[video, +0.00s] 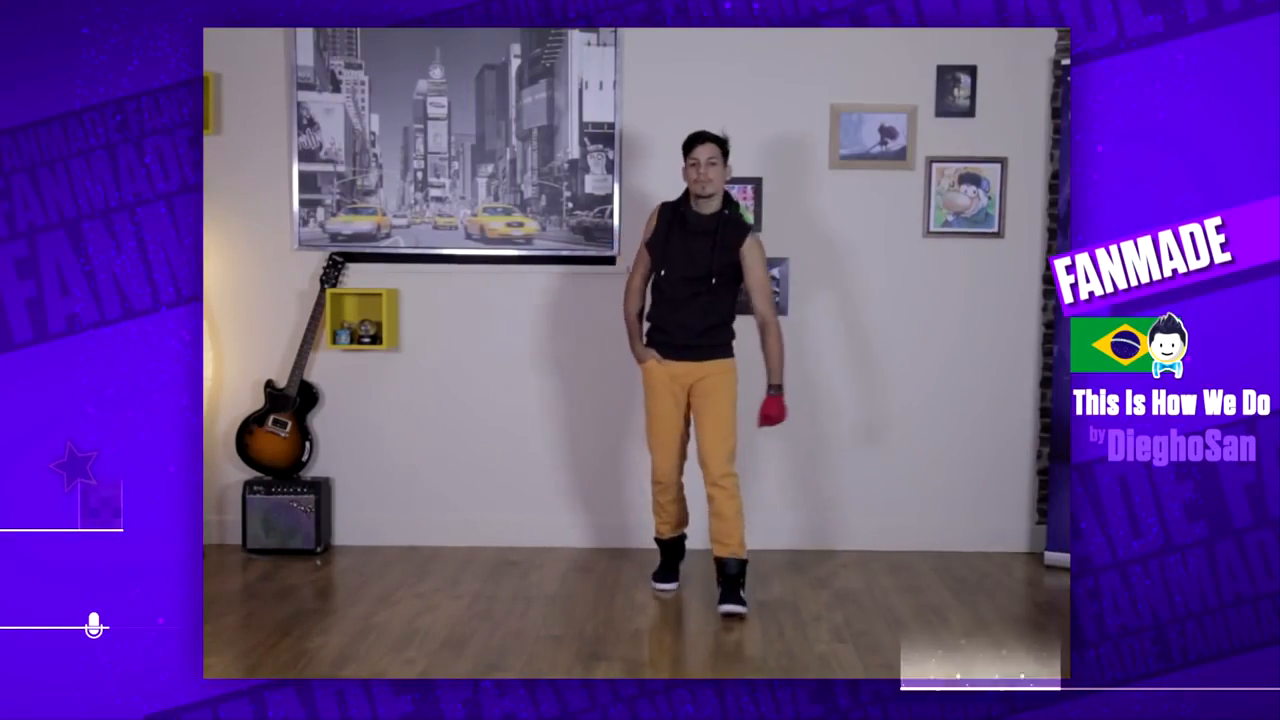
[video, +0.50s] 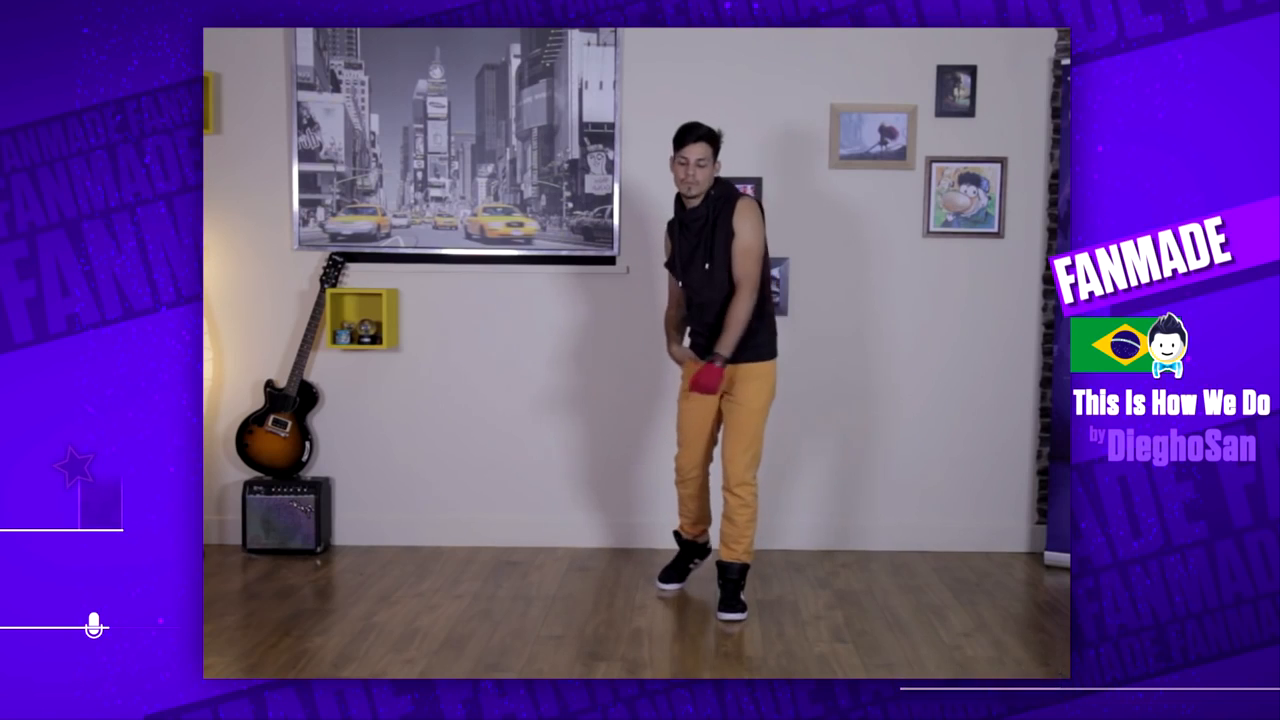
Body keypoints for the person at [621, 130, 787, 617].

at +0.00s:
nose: (703, 172)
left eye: (712, 164)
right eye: (695, 164)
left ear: (726, 171)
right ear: (684, 171)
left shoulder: (741, 237)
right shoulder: (662, 219)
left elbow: (767, 318)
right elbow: (634, 287)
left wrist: (775, 388)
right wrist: (637, 346)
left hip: (716, 366)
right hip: (661, 364)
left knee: (719, 472)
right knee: (664, 471)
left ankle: (731, 579)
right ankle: (669, 555)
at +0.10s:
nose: (698, 168)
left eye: (707, 159)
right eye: (690, 160)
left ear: (723, 166)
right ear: (679, 168)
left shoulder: (743, 230)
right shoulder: (664, 223)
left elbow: (772, 307)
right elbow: (646, 289)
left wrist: (786, 375)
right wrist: (646, 345)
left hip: (724, 366)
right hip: (670, 363)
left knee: (723, 474)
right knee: (668, 471)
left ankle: (731, 580)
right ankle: (672, 551)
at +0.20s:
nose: (695, 163)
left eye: (704, 155)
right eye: (687, 155)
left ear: (718, 161)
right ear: (675, 162)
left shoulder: (743, 221)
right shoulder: (666, 221)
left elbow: (770, 295)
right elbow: (658, 291)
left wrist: (775, 356)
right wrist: (655, 342)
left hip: (732, 366)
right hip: (679, 363)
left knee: (727, 474)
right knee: (675, 468)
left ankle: (731, 580)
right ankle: (677, 549)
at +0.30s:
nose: (692, 165)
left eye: (702, 157)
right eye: (684, 156)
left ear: (716, 164)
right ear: (673, 164)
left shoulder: (742, 219)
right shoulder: (669, 224)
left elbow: (767, 294)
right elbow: (664, 293)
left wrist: (761, 355)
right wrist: (662, 343)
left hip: (737, 366)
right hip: (686, 364)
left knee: (730, 475)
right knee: (679, 469)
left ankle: (732, 580)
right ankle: (681, 547)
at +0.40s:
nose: (690, 168)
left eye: (700, 159)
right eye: (682, 159)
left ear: (714, 165)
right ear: (671, 165)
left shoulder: (741, 215)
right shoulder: (671, 226)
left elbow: (759, 291)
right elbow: (669, 295)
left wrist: (744, 356)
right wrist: (667, 342)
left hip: (741, 361)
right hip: (693, 361)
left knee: (734, 474)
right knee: (683, 467)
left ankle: (733, 578)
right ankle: (684, 545)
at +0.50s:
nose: (689, 173)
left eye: (700, 164)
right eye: (682, 163)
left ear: (716, 167)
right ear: (671, 167)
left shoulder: (743, 211)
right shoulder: (676, 228)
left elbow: (748, 288)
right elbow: (676, 296)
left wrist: (719, 357)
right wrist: (673, 342)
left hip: (749, 359)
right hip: (700, 358)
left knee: (737, 473)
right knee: (689, 464)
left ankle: (733, 576)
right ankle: (692, 544)